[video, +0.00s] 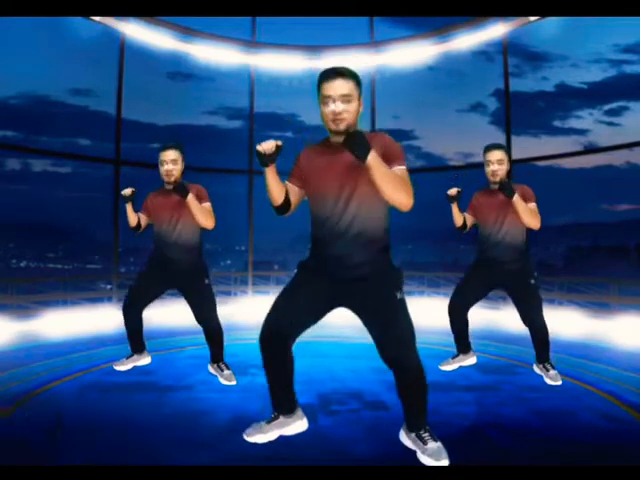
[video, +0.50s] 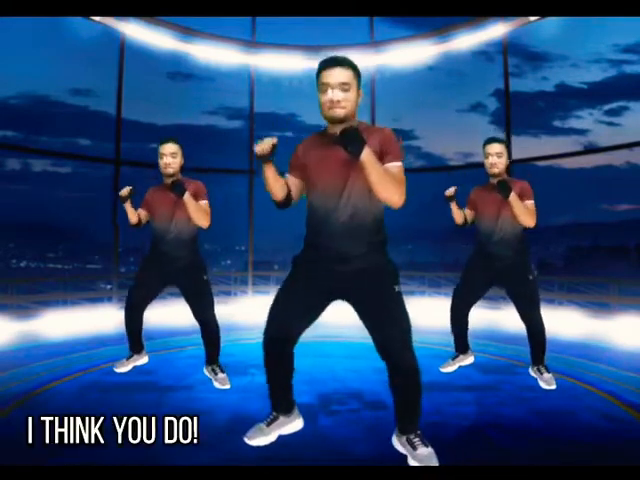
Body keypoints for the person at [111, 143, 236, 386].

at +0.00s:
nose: (169, 167)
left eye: (174, 162)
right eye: (164, 163)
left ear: (183, 165)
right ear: (159, 167)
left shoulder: (196, 192)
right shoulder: (154, 199)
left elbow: (208, 222)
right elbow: (136, 225)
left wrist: (187, 195)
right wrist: (128, 202)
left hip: (191, 269)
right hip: (160, 269)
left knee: (210, 320)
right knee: (131, 307)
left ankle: (218, 363)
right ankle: (139, 353)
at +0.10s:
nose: (168, 153)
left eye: (173, 149)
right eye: (164, 148)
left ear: (182, 152)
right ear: (159, 152)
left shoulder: (195, 180)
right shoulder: (153, 185)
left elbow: (209, 212)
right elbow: (135, 212)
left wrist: (188, 184)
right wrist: (127, 187)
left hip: (189, 256)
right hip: (160, 256)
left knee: (205, 310)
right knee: (136, 299)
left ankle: (218, 362)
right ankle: (138, 350)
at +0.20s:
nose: (169, 136)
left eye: (174, 132)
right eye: (164, 133)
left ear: (183, 138)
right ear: (158, 139)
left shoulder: (195, 166)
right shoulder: (151, 172)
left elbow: (211, 194)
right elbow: (132, 198)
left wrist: (189, 169)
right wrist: (124, 173)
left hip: (188, 244)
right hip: (158, 244)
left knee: (204, 300)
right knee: (141, 294)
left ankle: (218, 354)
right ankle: (132, 343)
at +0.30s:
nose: (168, 136)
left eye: (173, 132)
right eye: (163, 132)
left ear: (182, 138)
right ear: (158, 139)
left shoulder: (194, 166)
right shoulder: (150, 172)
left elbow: (210, 193)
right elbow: (131, 199)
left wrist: (187, 168)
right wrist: (123, 174)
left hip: (188, 244)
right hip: (157, 244)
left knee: (204, 299)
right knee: (141, 295)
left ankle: (216, 354)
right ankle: (134, 345)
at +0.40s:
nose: (166, 152)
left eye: (171, 148)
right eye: (162, 148)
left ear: (181, 151)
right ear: (157, 152)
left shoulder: (194, 178)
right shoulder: (151, 184)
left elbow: (206, 208)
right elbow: (131, 211)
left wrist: (184, 181)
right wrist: (123, 186)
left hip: (187, 256)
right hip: (156, 256)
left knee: (204, 309)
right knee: (138, 304)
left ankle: (214, 362)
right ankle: (137, 352)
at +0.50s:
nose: (168, 161)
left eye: (173, 156)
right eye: (163, 156)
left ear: (182, 160)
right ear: (158, 161)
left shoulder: (195, 188)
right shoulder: (154, 193)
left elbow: (204, 221)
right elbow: (137, 220)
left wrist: (184, 194)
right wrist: (126, 201)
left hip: (189, 264)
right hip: (157, 264)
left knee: (207, 318)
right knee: (133, 306)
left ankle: (213, 365)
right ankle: (138, 353)